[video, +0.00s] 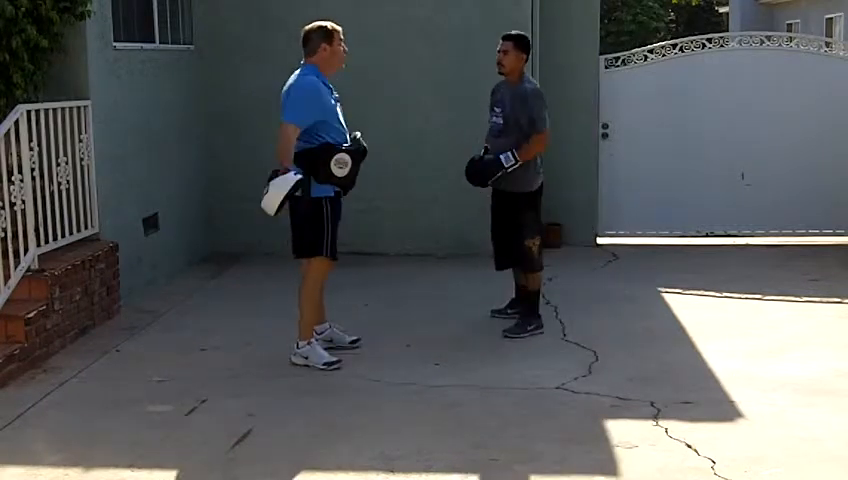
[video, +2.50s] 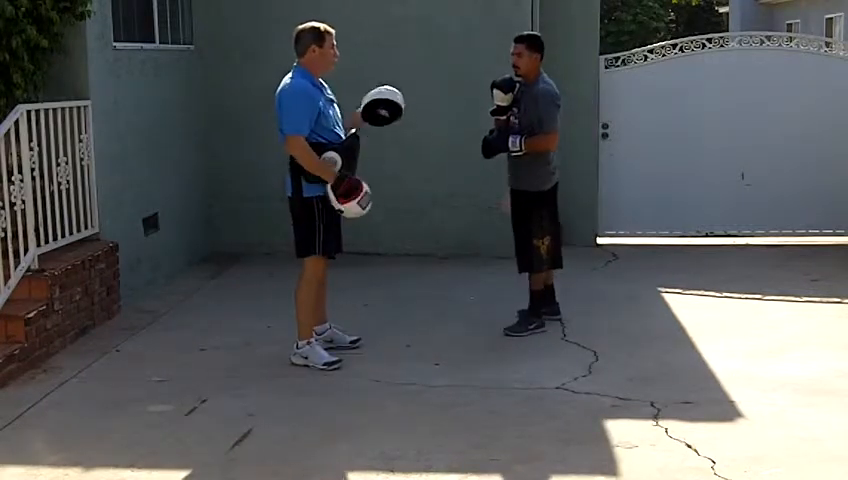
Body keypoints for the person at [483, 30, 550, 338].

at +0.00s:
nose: (498, 57)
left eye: (505, 53)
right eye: (499, 52)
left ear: (522, 58)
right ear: (503, 57)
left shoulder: (531, 93)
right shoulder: (498, 91)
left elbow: (541, 139)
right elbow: (495, 132)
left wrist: (506, 163)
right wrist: (484, 158)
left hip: (526, 186)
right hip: (504, 184)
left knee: (528, 248)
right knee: (511, 245)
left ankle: (532, 316)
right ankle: (521, 300)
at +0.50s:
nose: (510, 56)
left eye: (517, 52)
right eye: (511, 51)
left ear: (535, 58)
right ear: (514, 58)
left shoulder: (545, 95)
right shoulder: (514, 91)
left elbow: (546, 146)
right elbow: (517, 132)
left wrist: (504, 147)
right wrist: (495, 138)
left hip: (542, 187)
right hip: (522, 186)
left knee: (539, 249)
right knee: (527, 246)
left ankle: (534, 315)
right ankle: (548, 295)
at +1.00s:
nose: (523, 59)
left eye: (528, 54)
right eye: (523, 54)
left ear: (546, 58)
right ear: (534, 59)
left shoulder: (559, 93)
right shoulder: (532, 93)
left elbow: (566, 142)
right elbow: (530, 128)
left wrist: (529, 148)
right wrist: (516, 141)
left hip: (556, 186)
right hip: (539, 184)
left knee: (544, 250)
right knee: (556, 246)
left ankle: (534, 314)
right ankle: (564, 303)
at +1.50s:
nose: (526, 59)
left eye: (532, 54)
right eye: (526, 54)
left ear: (549, 57)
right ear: (539, 58)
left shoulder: (553, 92)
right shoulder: (541, 88)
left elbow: (553, 140)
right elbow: (525, 131)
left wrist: (521, 142)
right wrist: (514, 103)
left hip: (548, 184)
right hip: (548, 181)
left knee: (542, 248)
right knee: (559, 243)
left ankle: (535, 313)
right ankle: (564, 303)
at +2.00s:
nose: (514, 62)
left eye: (520, 57)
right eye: (514, 56)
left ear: (537, 60)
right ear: (524, 60)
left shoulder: (546, 95)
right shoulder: (523, 91)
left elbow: (550, 146)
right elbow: (509, 133)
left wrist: (514, 149)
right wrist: (501, 112)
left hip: (544, 185)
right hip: (537, 183)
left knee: (539, 248)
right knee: (554, 242)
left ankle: (535, 312)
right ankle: (562, 302)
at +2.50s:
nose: (513, 60)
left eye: (519, 55)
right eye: (513, 55)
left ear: (536, 58)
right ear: (520, 58)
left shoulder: (545, 92)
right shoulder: (520, 89)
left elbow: (549, 141)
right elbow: (504, 131)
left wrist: (513, 143)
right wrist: (500, 106)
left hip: (539, 184)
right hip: (523, 182)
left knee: (535, 246)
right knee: (536, 244)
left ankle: (535, 313)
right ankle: (548, 303)